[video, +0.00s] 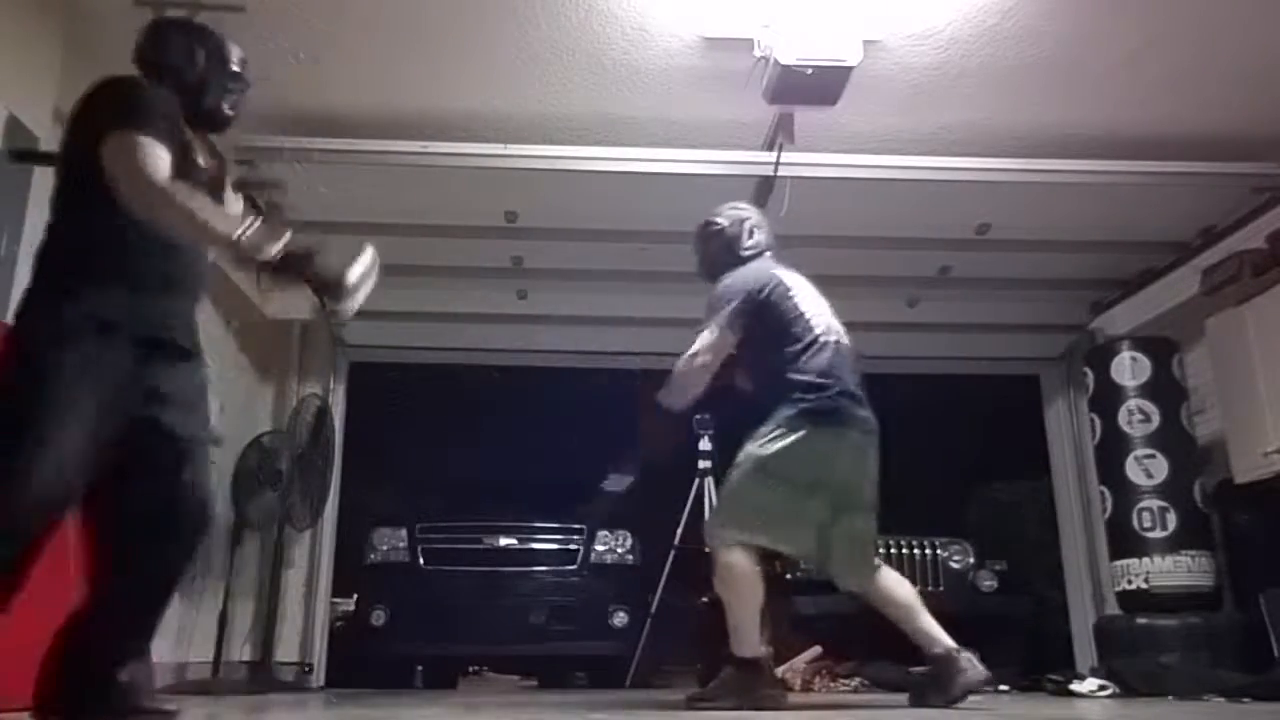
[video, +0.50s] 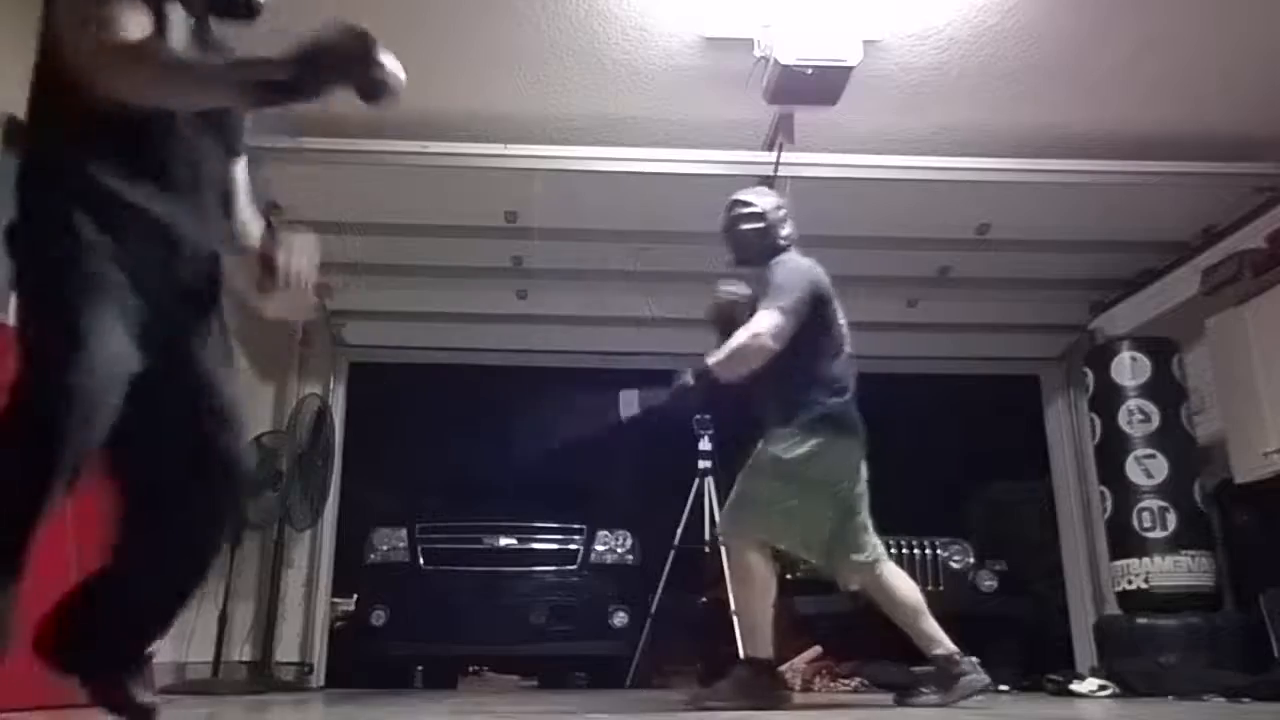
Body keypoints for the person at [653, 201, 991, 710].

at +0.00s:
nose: (700, 242)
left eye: (711, 230)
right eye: (701, 234)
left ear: (748, 233)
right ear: (757, 239)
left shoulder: (745, 279)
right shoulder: (791, 281)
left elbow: (700, 359)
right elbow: (783, 367)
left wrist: (669, 401)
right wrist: (741, 379)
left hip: (809, 418)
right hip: (857, 426)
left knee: (729, 535)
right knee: (856, 563)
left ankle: (749, 668)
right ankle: (954, 661)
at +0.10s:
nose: (703, 241)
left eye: (715, 228)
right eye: (702, 233)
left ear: (753, 232)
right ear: (755, 241)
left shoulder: (752, 274)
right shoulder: (781, 277)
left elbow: (703, 349)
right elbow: (765, 386)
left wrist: (682, 391)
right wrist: (722, 363)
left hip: (812, 414)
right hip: (856, 424)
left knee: (735, 535)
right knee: (855, 564)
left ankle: (749, 669)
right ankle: (945, 653)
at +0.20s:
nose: (719, 240)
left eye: (730, 227)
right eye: (714, 232)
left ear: (764, 228)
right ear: (714, 241)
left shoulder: (773, 267)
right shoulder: (778, 280)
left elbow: (711, 320)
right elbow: (771, 380)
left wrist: (664, 322)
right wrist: (721, 349)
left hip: (819, 417)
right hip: (849, 424)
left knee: (741, 529)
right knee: (842, 561)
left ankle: (750, 670)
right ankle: (937, 654)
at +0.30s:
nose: (734, 242)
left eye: (744, 232)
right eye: (730, 233)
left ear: (775, 232)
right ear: (728, 238)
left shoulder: (791, 272)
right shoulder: (789, 283)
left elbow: (754, 329)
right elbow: (773, 379)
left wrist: (680, 333)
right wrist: (715, 359)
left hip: (819, 424)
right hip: (845, 429)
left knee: (742, 534)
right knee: (856, 563)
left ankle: (751, 670)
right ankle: (953, 665)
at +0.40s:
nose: (742, 244)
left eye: (751, 232)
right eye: (738, 234)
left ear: (781, 231)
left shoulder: (800, 272)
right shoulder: (788, 284)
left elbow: (774, 337)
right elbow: (769, 377)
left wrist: (706, 360)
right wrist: (705, 354)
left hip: (813, 432)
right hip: (842, 435)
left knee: (742, 533)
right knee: (861, 566)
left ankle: (751, 671)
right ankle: (953, 665)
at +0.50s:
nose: (740, 228)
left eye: (752, 218)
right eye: (733, 221)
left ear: (782, 226)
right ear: (726, 237)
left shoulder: (793, 270)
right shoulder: (768, 283)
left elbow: (763, 338)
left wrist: (703, 376)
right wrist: (730, 319)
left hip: (810, 434)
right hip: (824, 437)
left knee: (740, 533)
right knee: (862, 559)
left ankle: (757, 671)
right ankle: (954, 665)